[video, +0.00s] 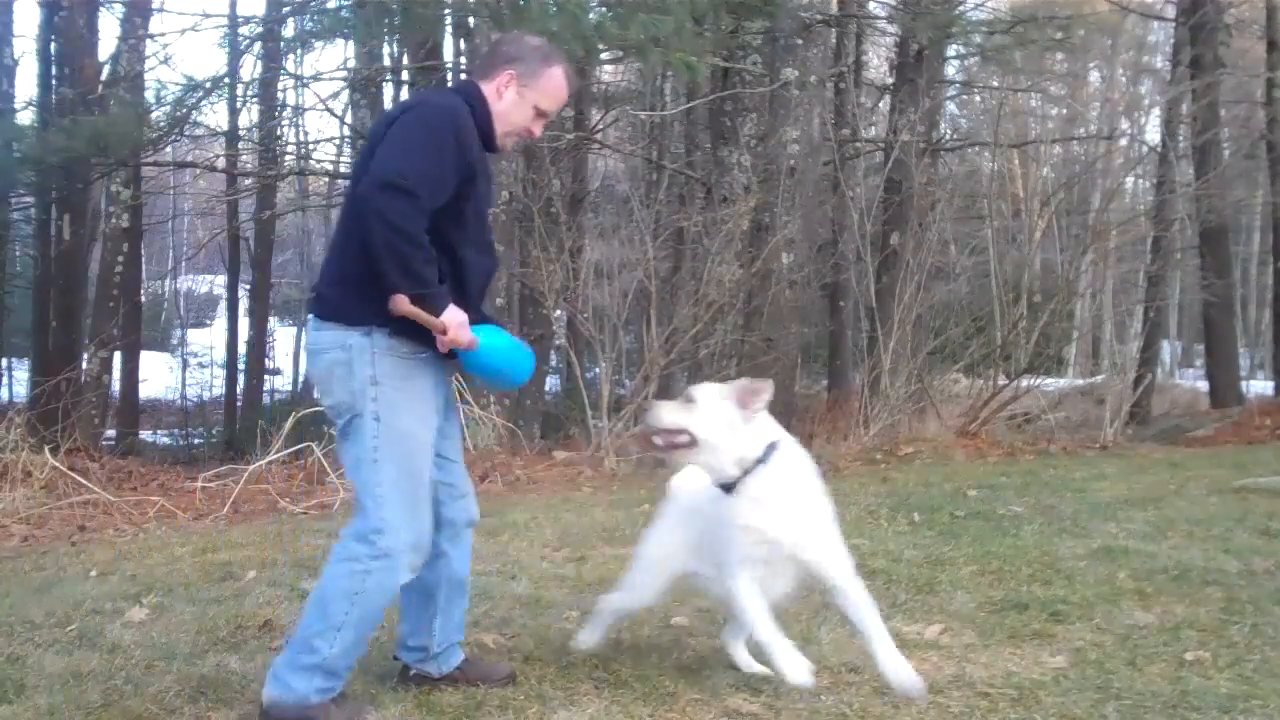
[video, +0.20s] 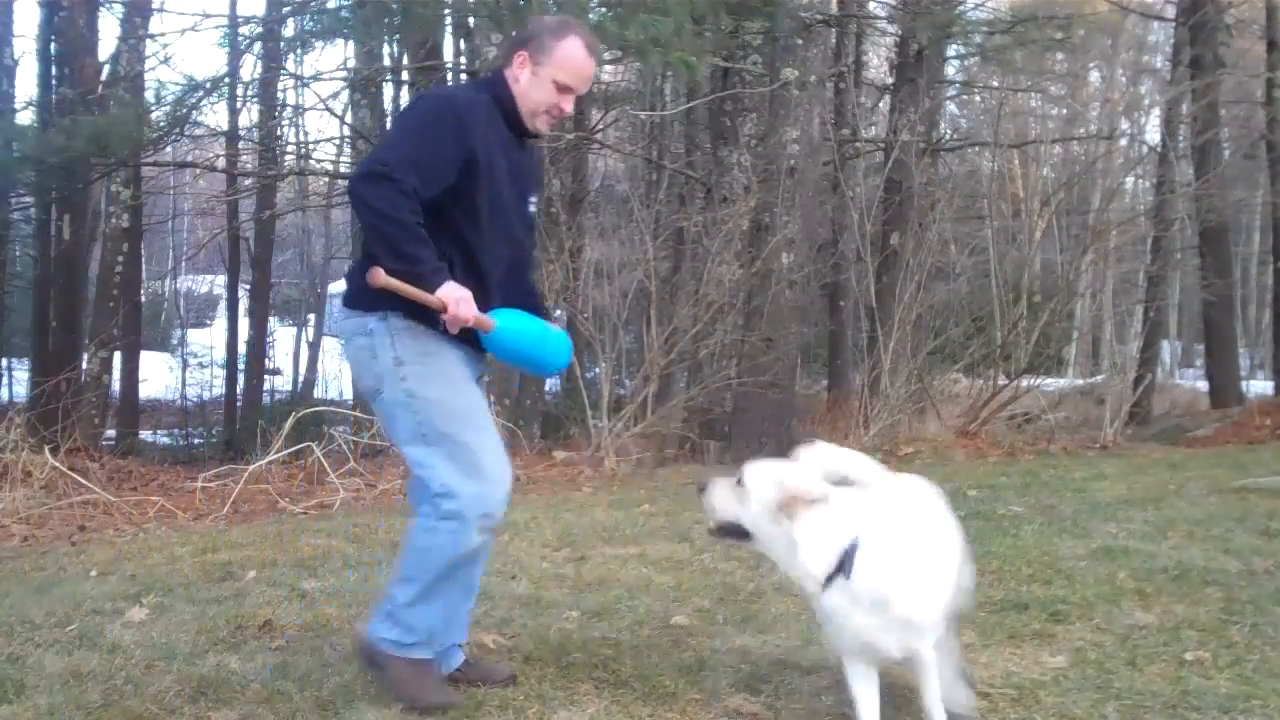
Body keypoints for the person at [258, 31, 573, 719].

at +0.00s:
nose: (538, 131)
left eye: (547, 120)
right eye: (539, 112)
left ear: (507, 91)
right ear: (506, 83)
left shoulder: (465, 139)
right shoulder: (443, 116)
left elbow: (437, 247)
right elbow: (389, 200)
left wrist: (458, 326)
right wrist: (435, 303)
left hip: (414, 347)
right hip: (370, 343)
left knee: (449, 513)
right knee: (393, 531)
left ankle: (432, 657)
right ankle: (297, 692)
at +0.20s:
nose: (568, 107)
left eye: (577, 97)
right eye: (563, 88)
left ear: (570, 94)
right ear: (520, 65)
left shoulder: (524, 153)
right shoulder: (452, 113)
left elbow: (510, 259)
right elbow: (375, 186)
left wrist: (538, 331)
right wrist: (435, 280)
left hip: (450, 336)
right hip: (395, 324)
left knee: (475, 486)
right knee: (474, 483)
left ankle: (441, 645)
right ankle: (398, 640)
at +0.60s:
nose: (594, 87)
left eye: (606, 73)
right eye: (580, 71)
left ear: (618, 68)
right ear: (541, 61)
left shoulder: (616, 146)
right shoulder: (482, 129)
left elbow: (633, 247)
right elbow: (407, 217)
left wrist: (647, 303)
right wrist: (479, 265)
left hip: (567, 356)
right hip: (486, 349)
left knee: (513, 508)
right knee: (554, 506)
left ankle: (440, 653)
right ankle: (578, 691)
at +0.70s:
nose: (601, 78)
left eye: (613, 62)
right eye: (585, 63)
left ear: (625, 52)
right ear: (548, 52)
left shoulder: (639, 136)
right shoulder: (495, 125)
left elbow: (662, 233)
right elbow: (422, 219)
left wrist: (671, 293)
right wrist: (498, 251)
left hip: (597, 356)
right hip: (510, 353)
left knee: (597, 513)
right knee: (555, 519)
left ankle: (470, 623)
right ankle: (575, 691)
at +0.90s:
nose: (612, 56)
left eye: (625, 40)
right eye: (596, 41)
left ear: (643, 33)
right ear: (563, 35)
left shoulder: (673, 119)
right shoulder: (513, 110)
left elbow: (707, 217)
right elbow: (454, 213)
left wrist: (706, 280)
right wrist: (517, 202)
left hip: (645, 356)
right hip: (537, 357)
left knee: (681, 500)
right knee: (557, 528)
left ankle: (613, 638)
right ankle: (576, 689)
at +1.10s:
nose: (625, 40)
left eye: (640, 24)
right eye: (608, 24)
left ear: (663, 20)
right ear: (581, 21)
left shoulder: (705, 110)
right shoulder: (530, 103)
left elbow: (750, 213)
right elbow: (475, 200)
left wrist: (732, 275)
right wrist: (543, 218)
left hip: (679, 358)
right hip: (562, 359)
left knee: (692, 524)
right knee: (567, 534)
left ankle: (689, 677)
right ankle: (576, 685)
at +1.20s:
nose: (638, 34)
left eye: (653, 17)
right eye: (620, 19)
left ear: (678, 18)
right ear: (596, 21)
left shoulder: (724, 116)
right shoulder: (545, 108)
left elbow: (773, 220)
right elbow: (492, 206)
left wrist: (749, 283)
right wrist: (551, 231)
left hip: (693, 368)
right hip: (577, 372)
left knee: (715, 538)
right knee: (582, 551)